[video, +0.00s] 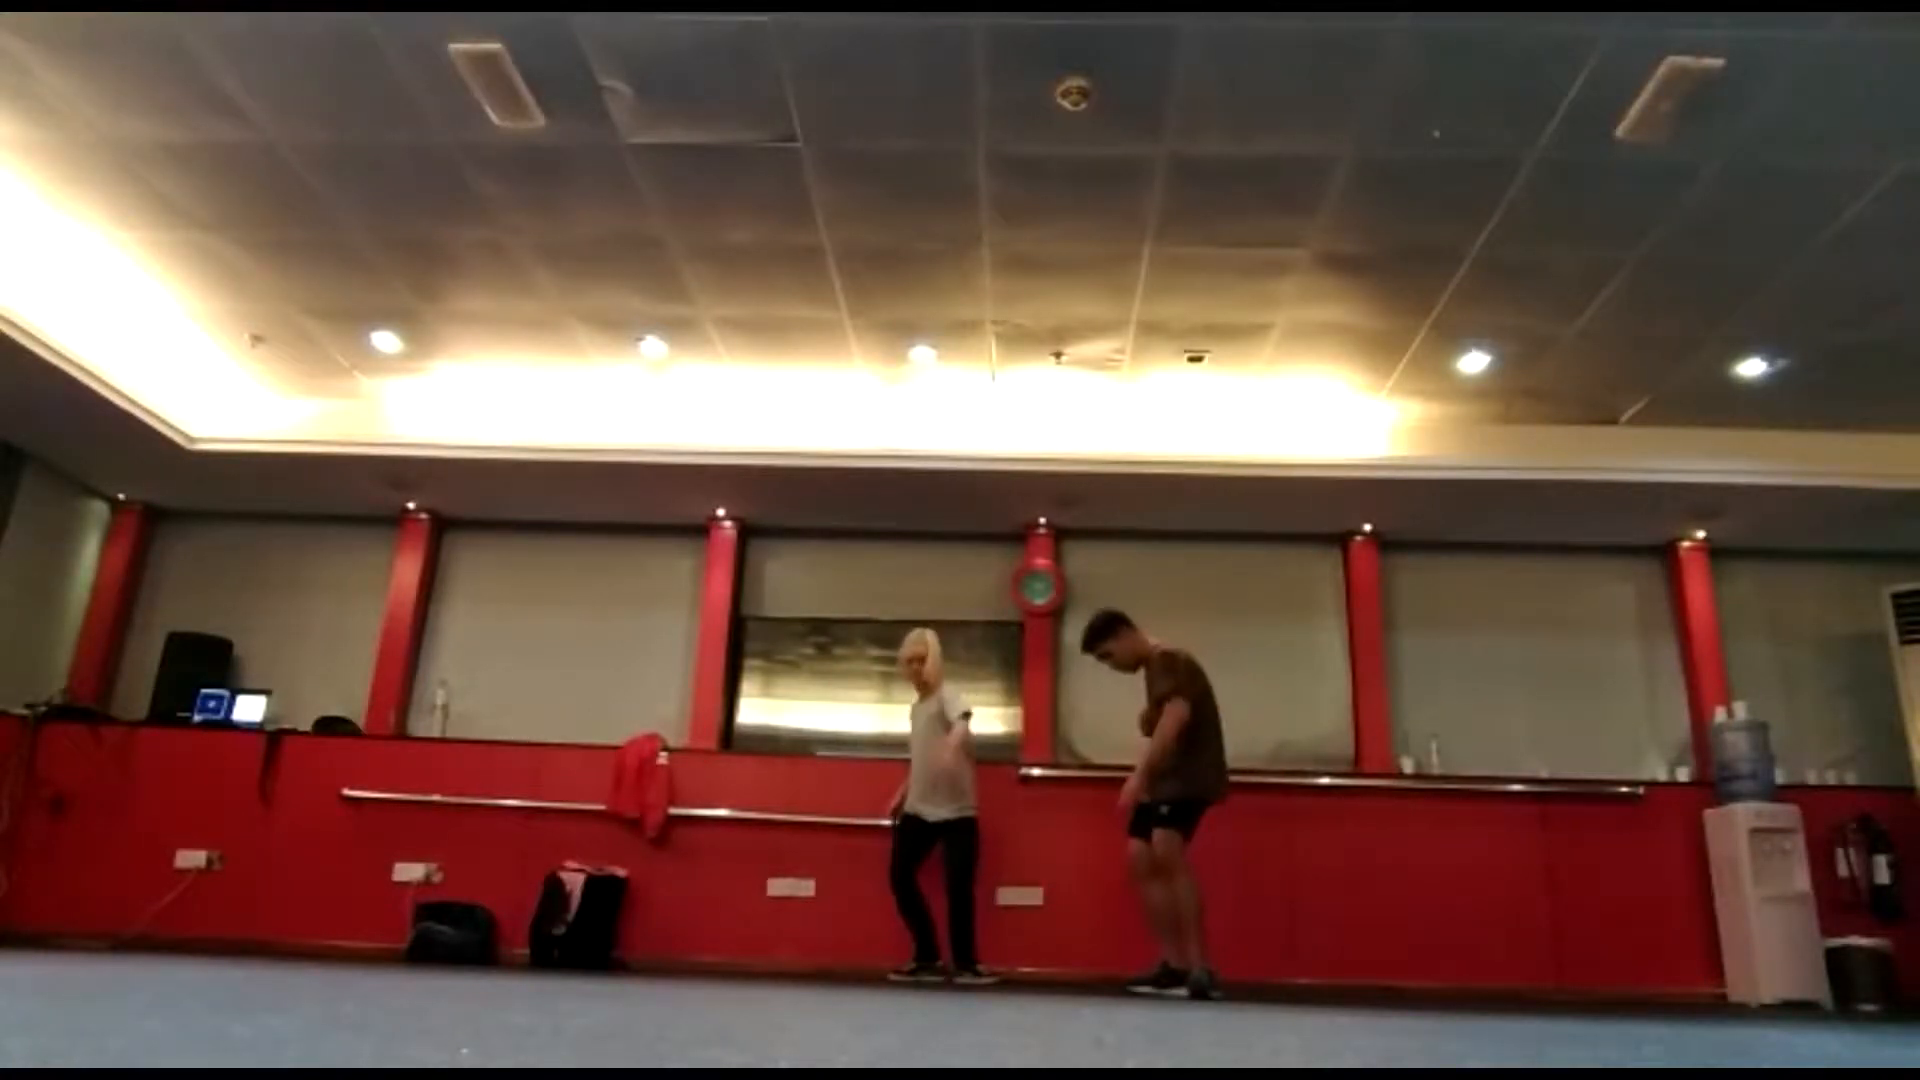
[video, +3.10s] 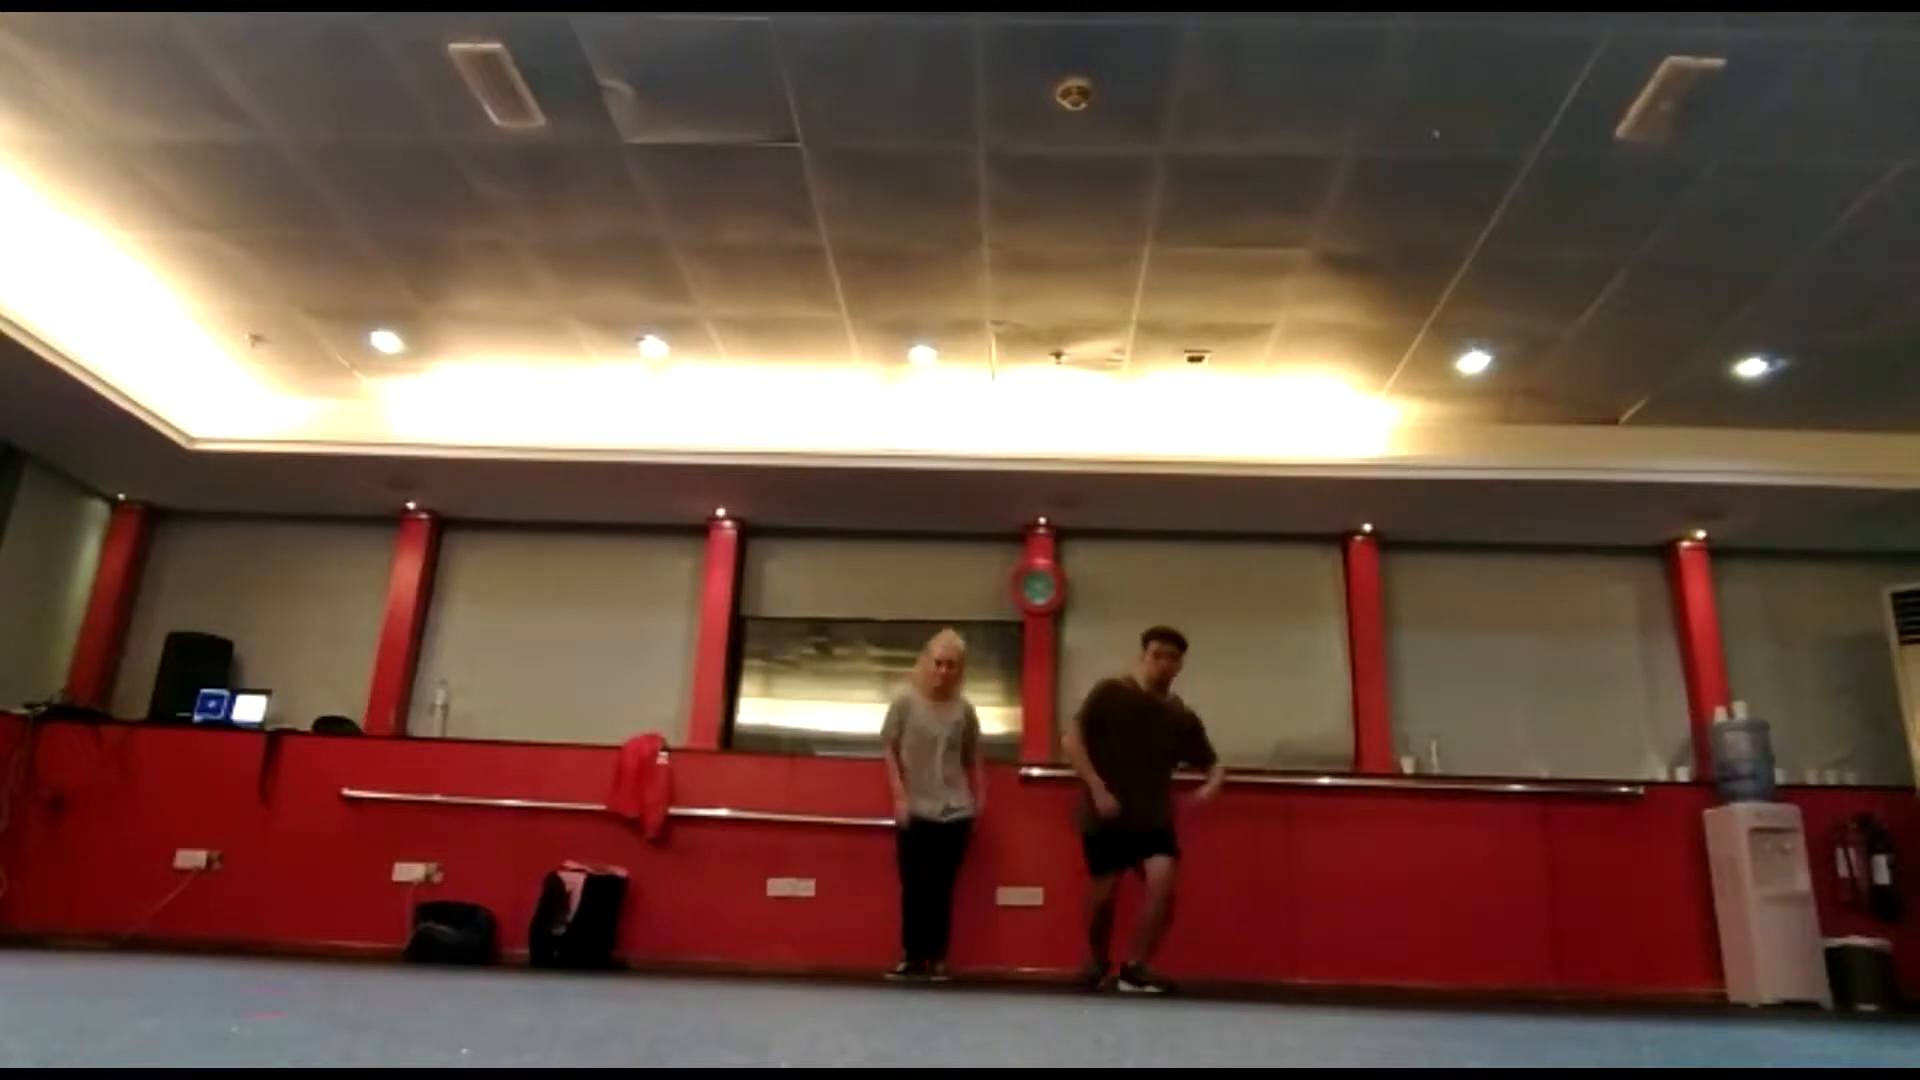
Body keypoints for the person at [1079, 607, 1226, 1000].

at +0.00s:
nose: (1111, 665)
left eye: (1108, 655)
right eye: (1104, 659)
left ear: (1125, 637)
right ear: (1121, 643)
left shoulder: (1170, 665)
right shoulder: (1155, 671)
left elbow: (1174, 720)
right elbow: (1162, 734)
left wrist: (1137, 778)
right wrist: (1148, 781)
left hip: (1191, 780)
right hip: (1166, 780)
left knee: (1166, 852)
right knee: (1140, 857)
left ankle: (1197, 967)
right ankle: (1173, 963)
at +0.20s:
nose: (1101, 671)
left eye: (1097, 662)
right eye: (1094, 667)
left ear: (1110, 642)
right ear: (1104, 652)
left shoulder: (1170, 662)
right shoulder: (1132, 684)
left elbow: (1195, 715)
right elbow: (1152, 744)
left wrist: (1151, 766)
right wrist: (1125, 720)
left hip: (1197, 773)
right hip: (1160, 778)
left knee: (1188, 852)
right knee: (1141, 859)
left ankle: (1204, 969)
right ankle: (1170, 964)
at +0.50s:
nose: (1137, 655)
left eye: (1142, 645)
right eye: (1128, 647)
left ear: (1153, 637)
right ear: (1117, 644)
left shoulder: (1185, 664)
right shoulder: (1108, 680)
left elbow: (1233, 699)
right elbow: (1108, 733)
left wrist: (1185, 701)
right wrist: (1131, 684)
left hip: (1194, 779)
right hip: (1142, 782)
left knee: (1214, 862)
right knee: (1128, 861)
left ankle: (1203, 955)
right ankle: (1170, 962)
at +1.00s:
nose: (1211, 655)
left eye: (1217, 648)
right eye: (1208, 645)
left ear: (1222, 644)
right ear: (1193, 633)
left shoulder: (1214, 673)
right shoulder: (1151, 662)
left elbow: (1223, 718)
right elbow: (1115, 705)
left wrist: (1238, 727)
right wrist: (1165, 709)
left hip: (1197, 786)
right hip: (1155, 785)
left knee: (1197, 869)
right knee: (1158, 863)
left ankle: (1188, 965)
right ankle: (1155, 961)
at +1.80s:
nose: (1144, 639)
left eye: (1150, 629)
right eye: (1137, 632)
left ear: (1169, 630)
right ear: (1131, 639)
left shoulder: (1204, 681)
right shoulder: (1135, 684)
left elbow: (1235, 738)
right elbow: (1118, 734)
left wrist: (1247, 728)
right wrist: (1123, 704)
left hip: (1194, 796)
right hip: (1145, 794)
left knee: (1194, 870)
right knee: (1120, 860)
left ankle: (1189, 969)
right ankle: (1120, 963)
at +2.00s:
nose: (1107, 647)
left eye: (1112, 637)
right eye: (1099, 641)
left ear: (1131, 638)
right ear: (1094, 648)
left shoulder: (1173, 677)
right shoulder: (1103, 693)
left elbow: (1220, 719)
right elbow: (1111, 746)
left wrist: (1204, 766)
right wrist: (1110, 765)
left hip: (1179, 790)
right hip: (1132, 792)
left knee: (1188, 867)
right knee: (1110, 858)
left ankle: (1189, 967)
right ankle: (1118, 962)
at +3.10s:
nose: (1162, 664)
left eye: (1170, 658)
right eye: (1157, 655)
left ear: (1180, 665)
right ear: (1143, 656)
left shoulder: (1179, 715)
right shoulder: (1110, 693)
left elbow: (1214, 764)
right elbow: (1073, 739)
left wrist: (1208, 788)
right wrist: (1098, 789)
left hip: (1154, 807)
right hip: (1108, 803)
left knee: (1162, 879)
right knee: (1104, 887)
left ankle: (1136, 965)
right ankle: (1098, 963)